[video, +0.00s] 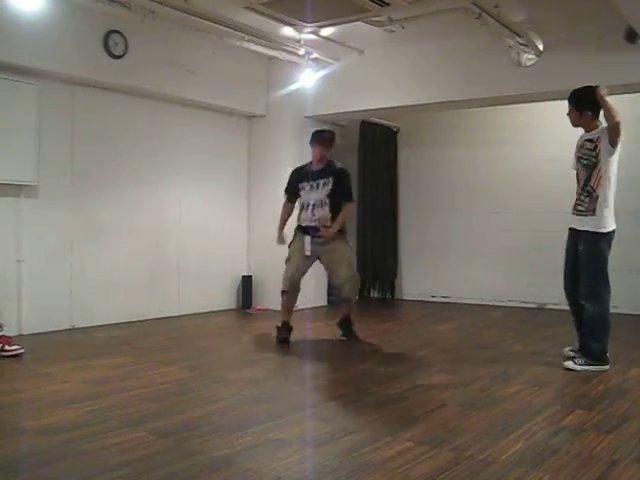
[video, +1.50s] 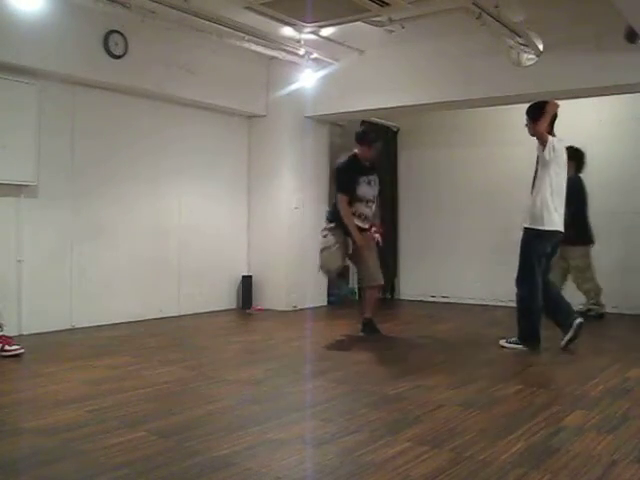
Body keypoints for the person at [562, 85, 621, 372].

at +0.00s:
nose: (568, 116)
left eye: (571, 111)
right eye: (569, 111)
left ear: (584, 112)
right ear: (586, 112)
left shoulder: (606, 139)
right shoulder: (583, 139)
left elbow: (615, 123)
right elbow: (584, 176)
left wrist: (602, 98)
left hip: (597, 227)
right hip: (578, 224)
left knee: (593, 291)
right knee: (574, 288)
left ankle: (597, 355)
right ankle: (586, 346)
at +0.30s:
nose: (566, 120)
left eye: (567, 115)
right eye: (566, 115)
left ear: (579, 114)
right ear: (582, 115)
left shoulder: (599, 140)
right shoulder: (587, 139)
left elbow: (597, 123)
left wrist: (595, 99)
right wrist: (591, 99)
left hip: (591, 228)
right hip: (580, 226)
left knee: (590, 292)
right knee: (582, 290)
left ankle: (596, 355)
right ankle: (589, 346)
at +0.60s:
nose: (562, 124)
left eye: (564, 119)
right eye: (562, 119)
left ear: (576, 118)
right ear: (576, 119)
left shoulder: (591, 142)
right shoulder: (587, 145)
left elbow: (581, 122)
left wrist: (588, 105)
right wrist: (587, 104)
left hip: (583, 228)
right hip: (589, 227)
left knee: (566, 285)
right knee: (590, 287)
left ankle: (588, 347)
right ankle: (594, 345)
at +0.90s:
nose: (552, 129)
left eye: (553, 123)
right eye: (551, 124)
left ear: (563, 120)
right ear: (568, 122)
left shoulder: (577, 143)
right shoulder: (585, 146)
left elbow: (565, 121)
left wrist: (574, 105)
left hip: (570, 226)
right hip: (588, 228)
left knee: (542, 281)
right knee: (587, 290)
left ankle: (543, 341)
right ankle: (595, 345)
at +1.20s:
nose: (538, 127)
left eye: (540, 123)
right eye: (538, 123)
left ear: (548, 123)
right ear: (562, 124)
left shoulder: (559, 145)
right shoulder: (570, 149)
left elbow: (539, 128)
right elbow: (570, 191)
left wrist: (554, 110)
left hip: (546, 227)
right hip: (564, 228)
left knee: (529, 283)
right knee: (562, 284)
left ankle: (527, 339)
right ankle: (587, 337)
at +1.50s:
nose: (529, 130)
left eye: (530, 124)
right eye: (529, 124)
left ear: (540, 122)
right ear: (542, 124)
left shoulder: (551, 148)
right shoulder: (554, 149)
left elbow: (541, 131)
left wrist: (551, 111)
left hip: (541, 227)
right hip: (550, 227)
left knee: (527, 283)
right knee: (539, 281)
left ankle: (528, 339)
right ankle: (568, 320)